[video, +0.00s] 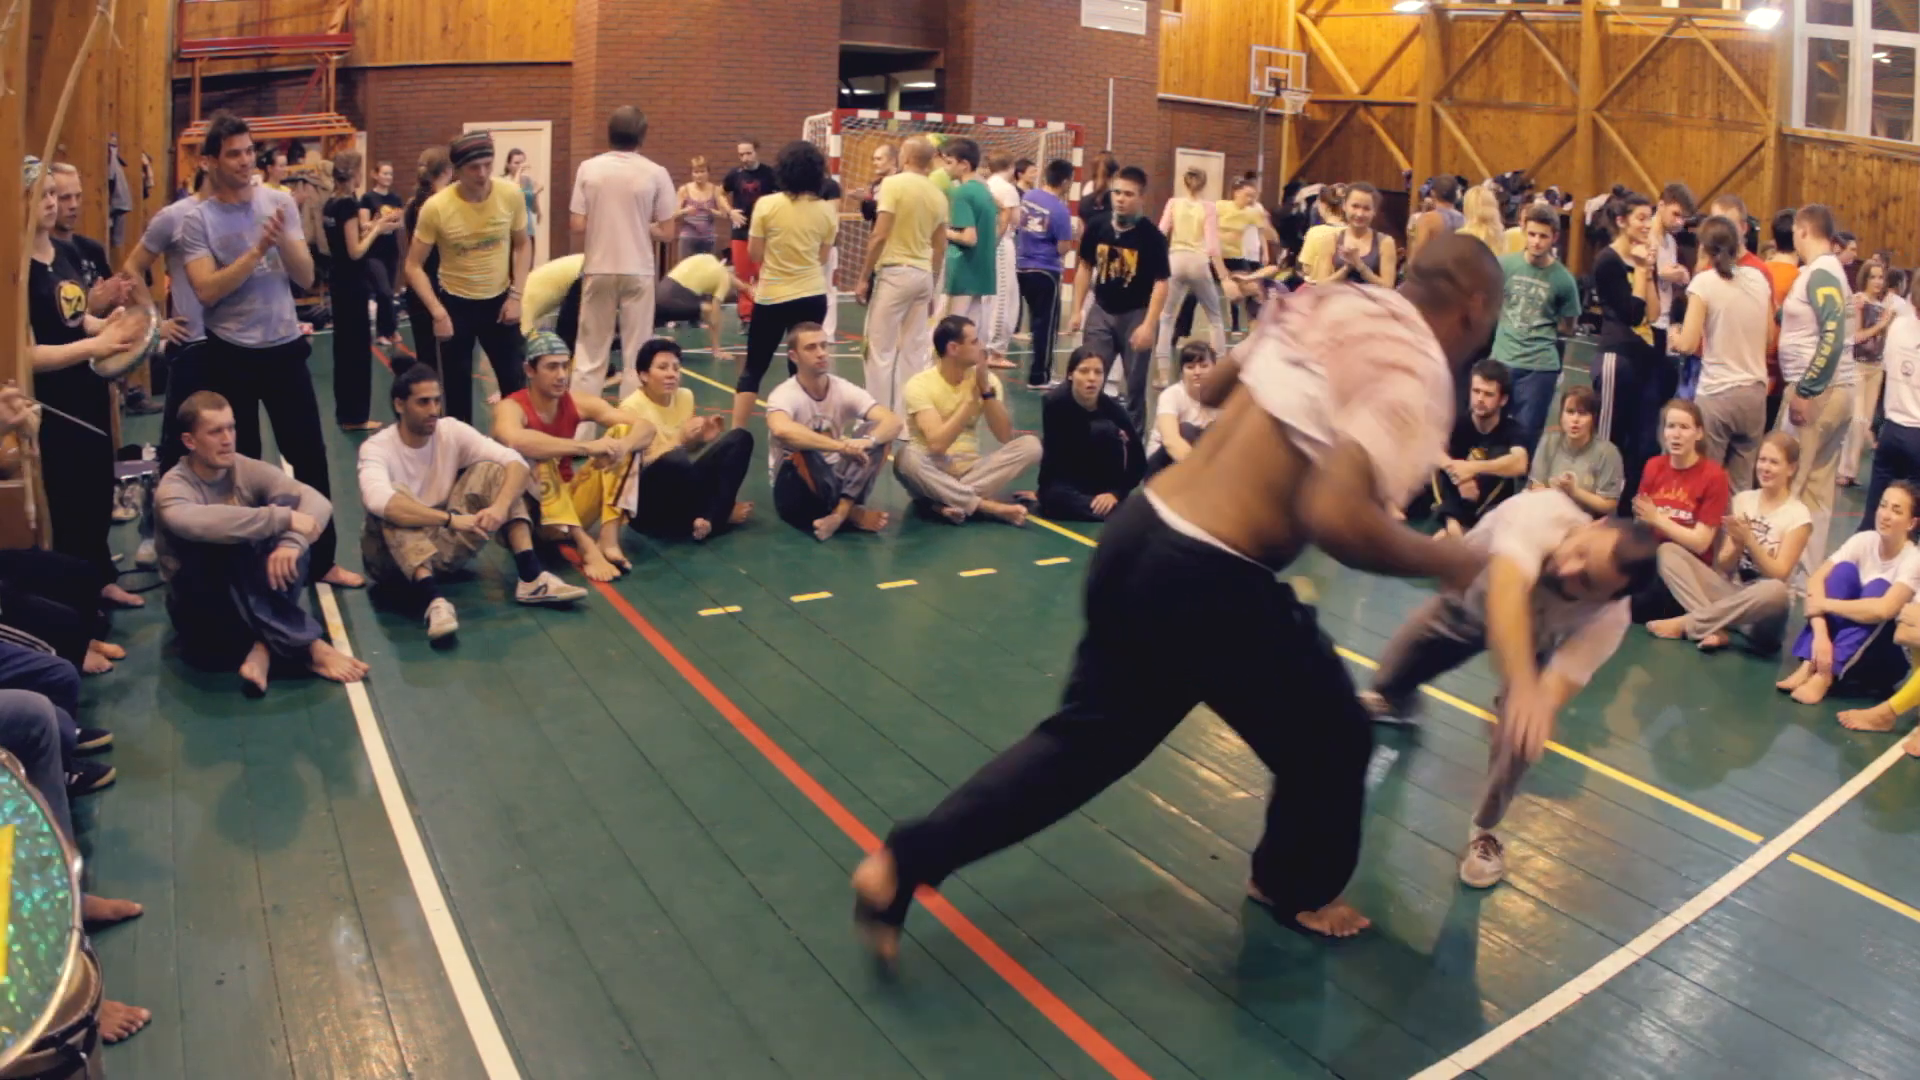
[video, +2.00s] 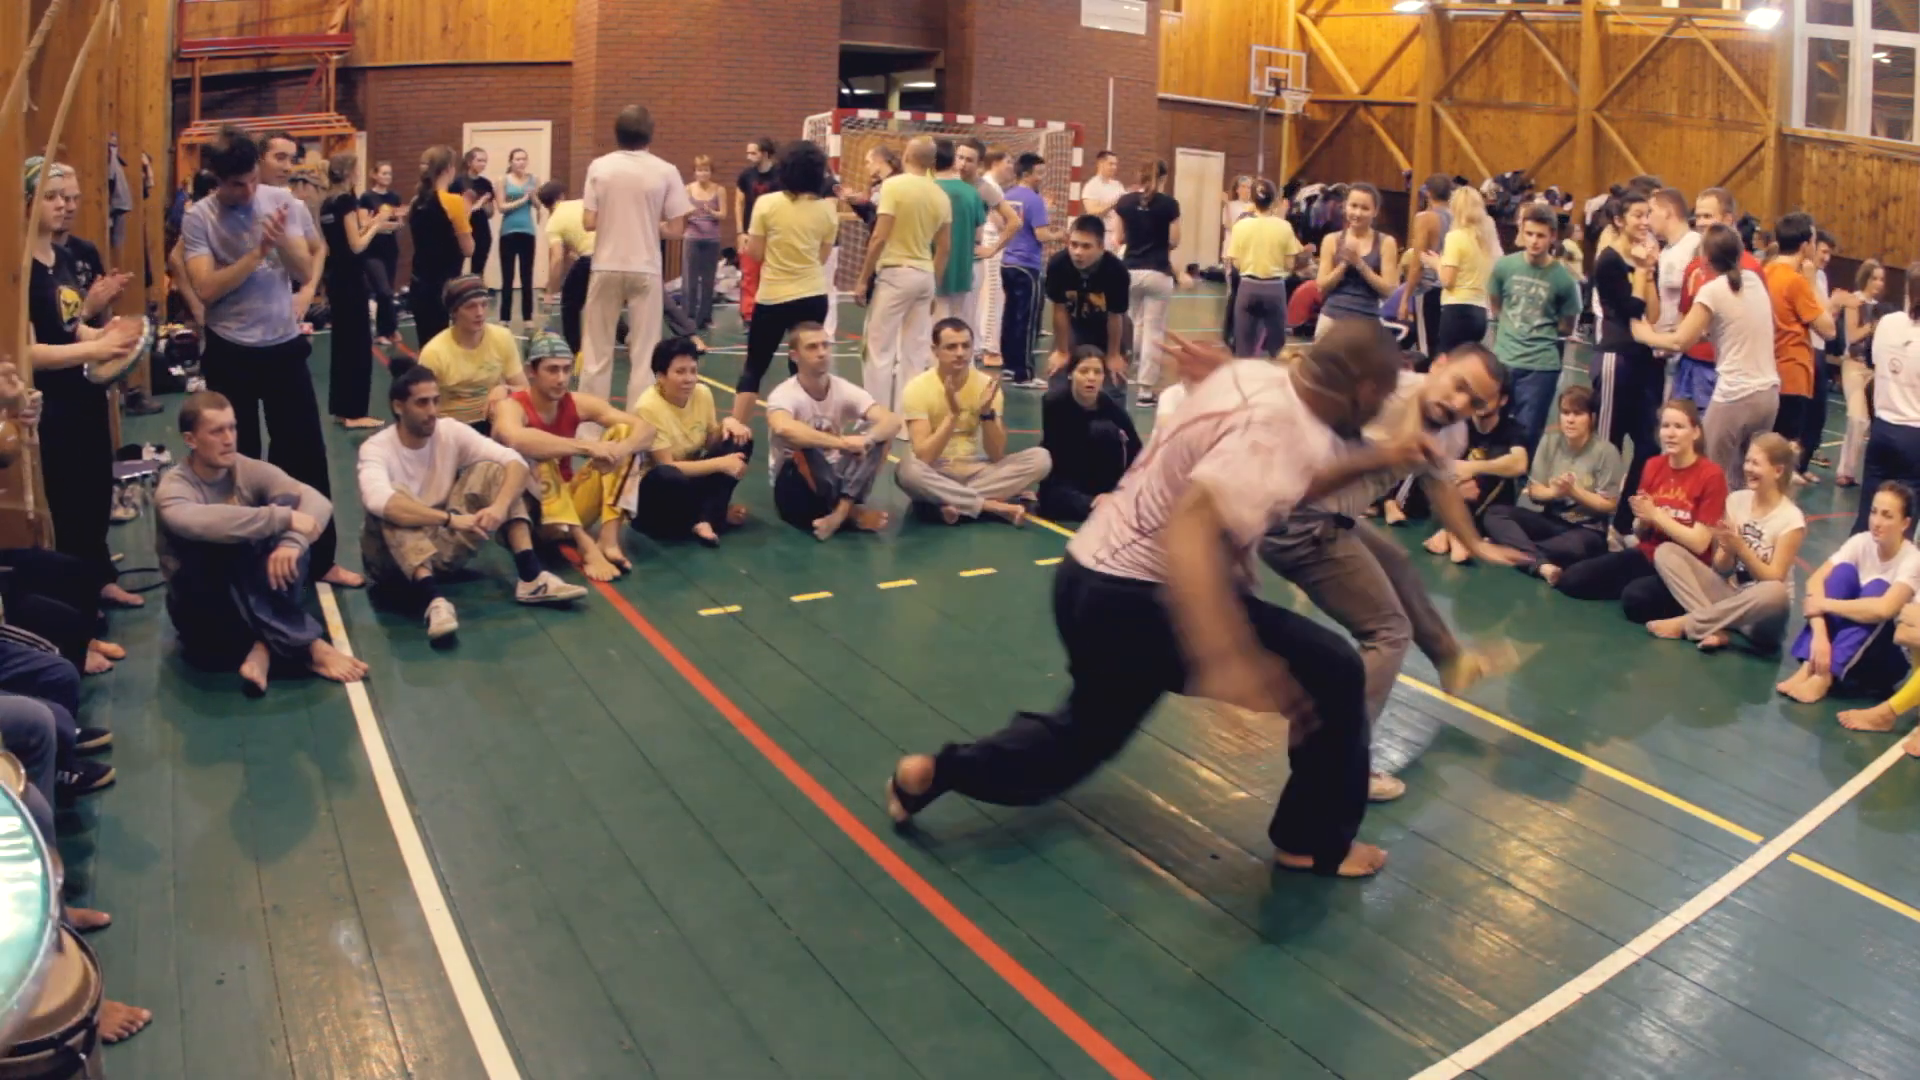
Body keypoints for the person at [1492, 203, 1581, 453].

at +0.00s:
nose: (1536, 241)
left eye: (1543, 236)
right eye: (1531, 234)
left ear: (1554, 238)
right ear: (1524, 233)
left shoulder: (1564, 280)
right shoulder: (1504, 265)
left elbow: (1567, 326)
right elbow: (1492, 305)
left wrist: (1538, 332)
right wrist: (1513, 327)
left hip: (1539, 362)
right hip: (1501, 356)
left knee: (1525, 433)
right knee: (1489, 427)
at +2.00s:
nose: (1534, 241)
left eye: (1540, 235)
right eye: (1529, 234)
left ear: (1552, 238)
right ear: (1521, 234)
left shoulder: (1563, 279)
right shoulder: (1503, 266)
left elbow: (1567, 326)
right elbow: (1495, 309)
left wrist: (1539, 334)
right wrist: (1514, 330)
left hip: (1540, 360)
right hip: (1503, 356)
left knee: (1526, 430)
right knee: (1492, 424)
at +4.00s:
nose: (1531, 241)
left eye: (1538, 236)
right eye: (1527, 234)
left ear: (1550, 238)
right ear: (1520, 234)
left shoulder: (1561, 277)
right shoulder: (1502, 266)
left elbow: (1567, 325)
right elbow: (1494, 304)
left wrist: (1538, 331)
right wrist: (1515, 326)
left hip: (1540, 361)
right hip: (1503, 357)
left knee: (1526, 430)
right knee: (1492, 424)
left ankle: (1516, 490)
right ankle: (1485, 487)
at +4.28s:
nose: (1531, 241)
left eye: (1538, 236)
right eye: (1527, 234)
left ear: (1551, 239)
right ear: (1521, 235)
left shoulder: (1562, 278)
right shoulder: (1503, 266)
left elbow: (1568, 325)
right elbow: (1495, 306)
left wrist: (1539, 329)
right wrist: (1515, 326)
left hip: (1540, 362)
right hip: (1503, 356)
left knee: (1526, 434)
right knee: (1491, 426)